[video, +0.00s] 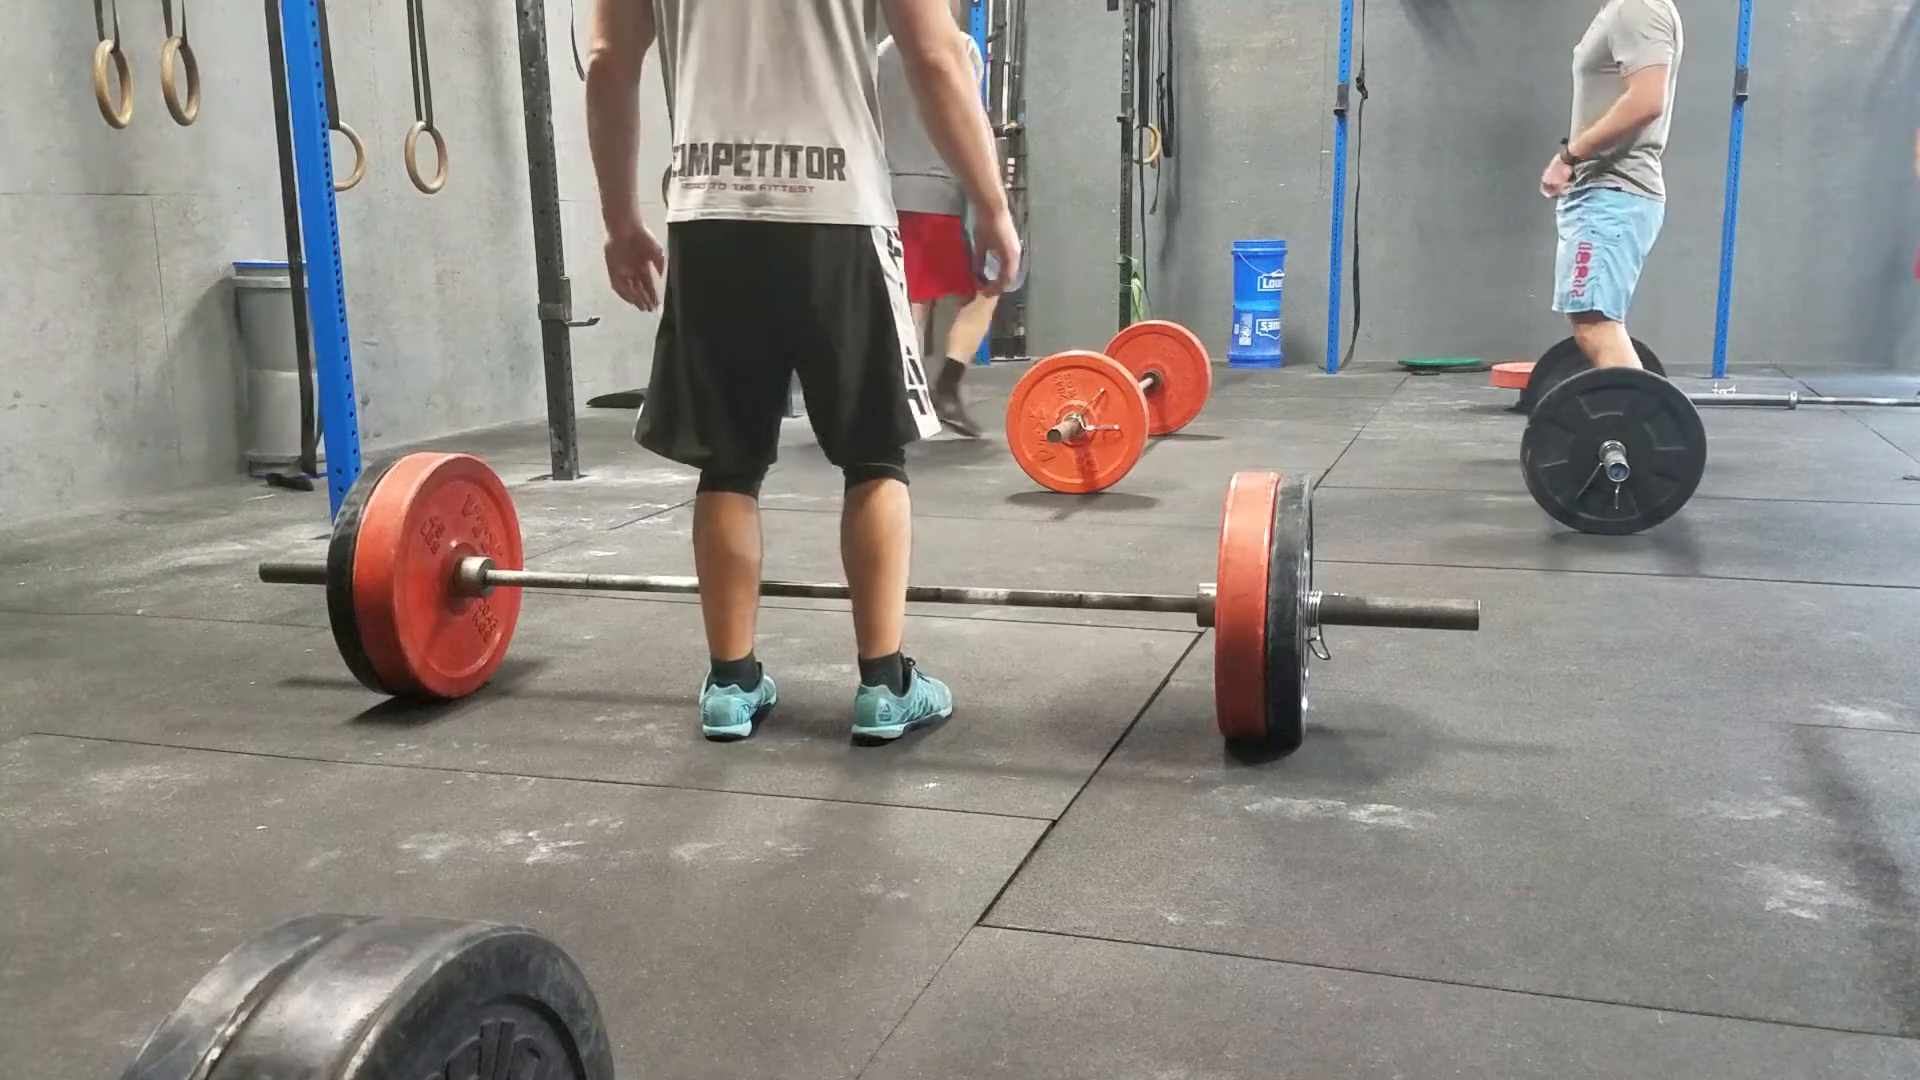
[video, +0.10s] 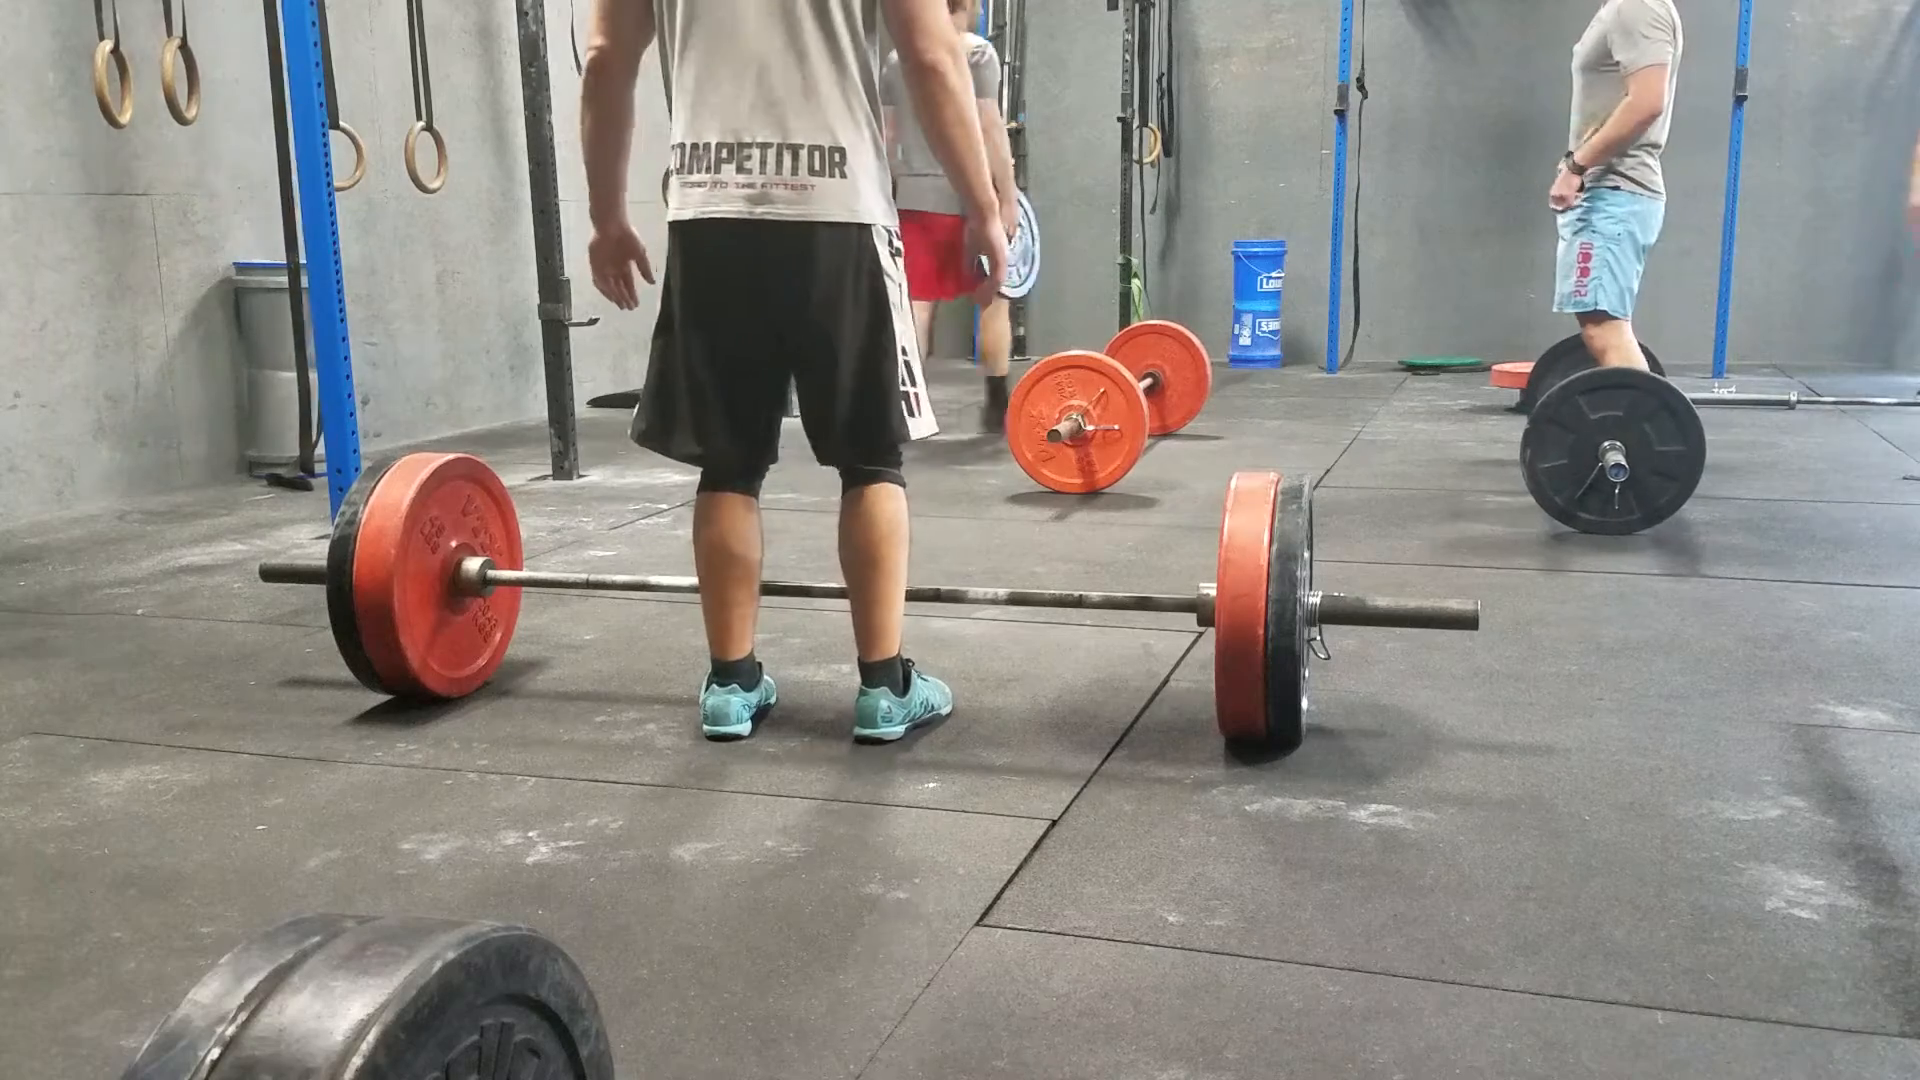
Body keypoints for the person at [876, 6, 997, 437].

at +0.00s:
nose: (964, 16)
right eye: (961, 12)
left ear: (905, 12)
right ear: (952, 9)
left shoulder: (880, 53)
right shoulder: (961, 49)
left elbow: (868, 126)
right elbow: (967, 125)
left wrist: (872, 187)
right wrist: (988, 195)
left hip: (894, 198)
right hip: (945, 201)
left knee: (913, 301)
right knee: (986, 291)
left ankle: (903, 402)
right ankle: (947, 388)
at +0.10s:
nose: (973, 15)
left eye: (967, 9)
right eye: (972, 9)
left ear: (929, 12)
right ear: (964, 9)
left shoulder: (895, 59)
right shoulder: (980, 53)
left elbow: (884, 133)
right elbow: (989, 125)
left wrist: (884, 192)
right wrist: (1008, 197)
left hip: (912, 202)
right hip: (970, 202)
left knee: (916, 307)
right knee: (995, 300)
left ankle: (903, 407)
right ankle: (996, 404)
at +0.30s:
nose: (1035, 19)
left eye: (1035, 11)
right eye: (1032, 10)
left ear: (990, 14)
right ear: (1016, 13)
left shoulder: (959, 57)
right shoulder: (1026, 66)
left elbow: (938, 136)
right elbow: (1027, 143)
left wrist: (935, 188)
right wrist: (1039, 214)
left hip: (957, 206)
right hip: (1010, 208)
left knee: (948, 305)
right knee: (1027, 312)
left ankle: (911, 396)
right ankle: (1037, 406)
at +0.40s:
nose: (1061, 17)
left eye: (1060, 9)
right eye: (1057, 8)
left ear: (1019, 13)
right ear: (1039, 12)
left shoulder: (989, 56)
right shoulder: (1047, 64)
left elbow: (975, 139)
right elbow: (1048, 141)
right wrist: (1059, 213)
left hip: (992, 202)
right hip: (1030, 204)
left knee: (987, 301)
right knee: (1041, 307)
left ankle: (942, 370)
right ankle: (1043, 403)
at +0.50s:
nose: (1083, 15)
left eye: (1082, 7)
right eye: (1079, 6)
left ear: (1042, 12)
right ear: (1061, 10)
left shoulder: (1005, 53)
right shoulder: (1066, 61)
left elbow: (992, 130)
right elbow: (1068, 137)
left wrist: (993, 195)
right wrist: (1081, 208)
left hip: (1009, 196)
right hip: (1049, 199)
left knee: (1019, 296)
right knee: (1051, 304)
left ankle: (985, 360)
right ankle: (1044, 402)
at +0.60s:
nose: (1107, 15)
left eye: (1107, 7)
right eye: (1102, 6)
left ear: (1070, 10)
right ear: (1079, 8)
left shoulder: (1023, 58)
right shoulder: (1083, 59)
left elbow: (1012, 132)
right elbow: (1087, 137)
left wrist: (1017, 196)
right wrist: (1104, 205)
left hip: (1030, 198)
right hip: (1063, 202)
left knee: (1068, 299)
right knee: (1056, 303)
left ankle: (1045, 394)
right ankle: (1039, 404)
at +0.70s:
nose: (1128, 19)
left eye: (1128, 10)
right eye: (1123, 9)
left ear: (1095, 14)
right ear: (1100, 12)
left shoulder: (1050, 61)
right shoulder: (1101, 61)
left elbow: (1042, 137)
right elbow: (1104, 139)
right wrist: (1124, 208)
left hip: (1050, 200)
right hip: (1080, 205)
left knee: (1096, 300)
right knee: (1068, 303)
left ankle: (1110, 389)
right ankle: (1042, 402)